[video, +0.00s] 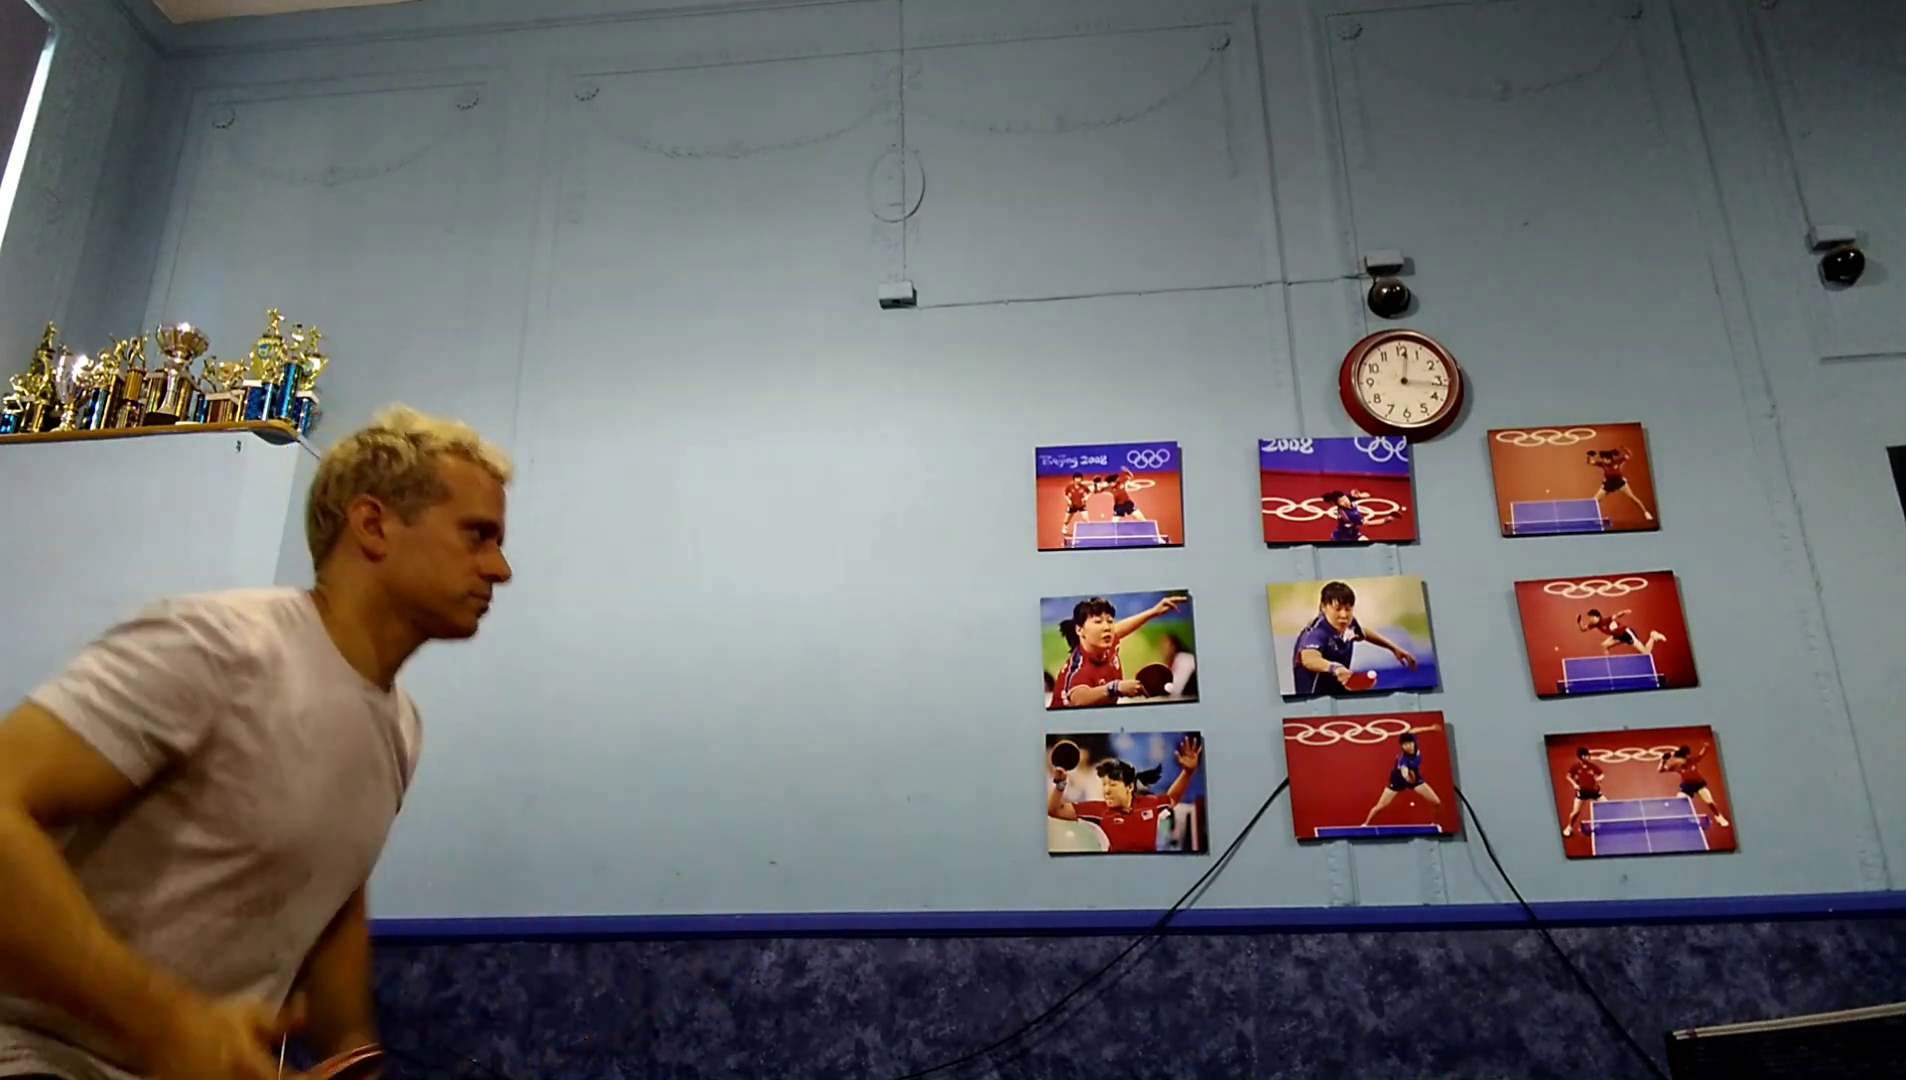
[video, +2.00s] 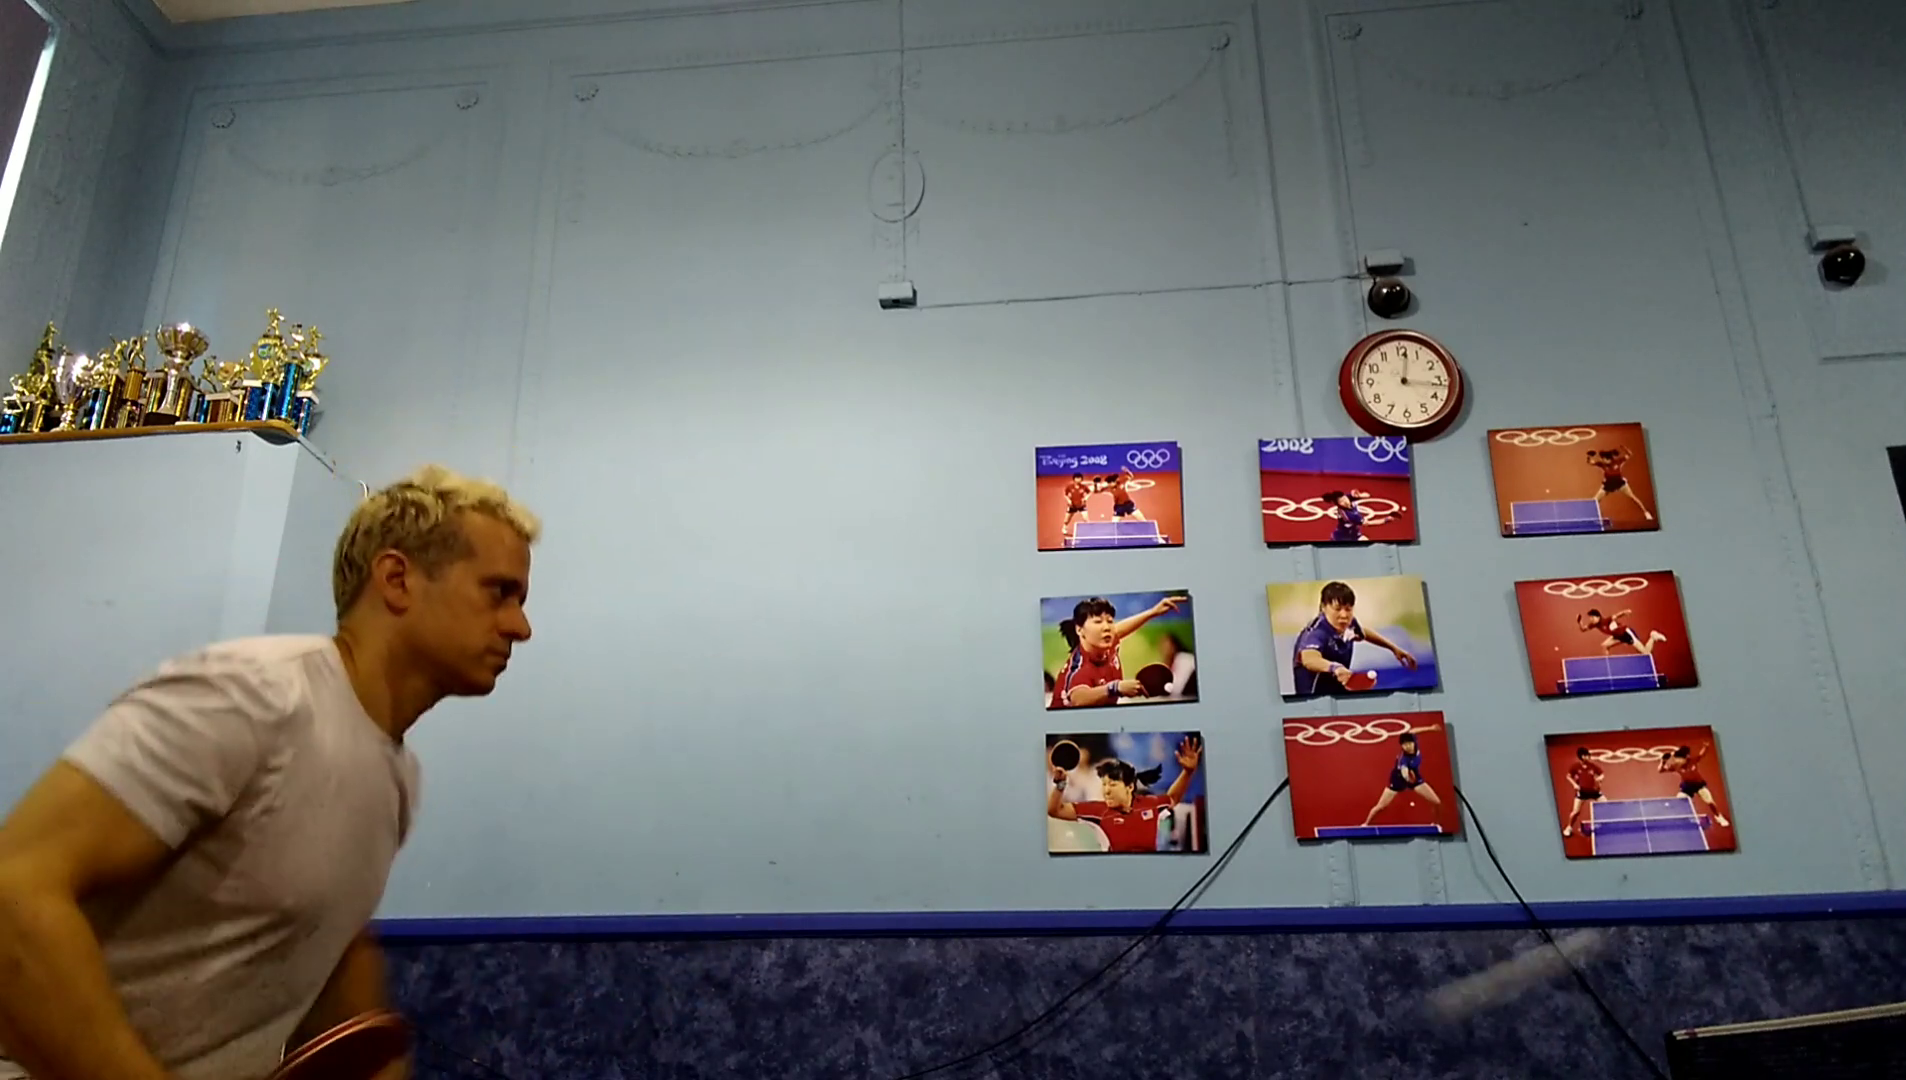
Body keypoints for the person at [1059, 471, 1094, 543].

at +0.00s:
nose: (1078, 480)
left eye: (1079, 479)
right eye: (1077, 479)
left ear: (1081, 479)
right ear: (1074, 479)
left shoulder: (1083, 487)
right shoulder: (1070, 487)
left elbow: (1090, 492)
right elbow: (1065, 494)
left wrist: (1085, 498)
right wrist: (1069, 501)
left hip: (1081, 505)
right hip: (1073, 505)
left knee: (1086, 519)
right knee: (1066, 520)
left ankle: (1090, 531)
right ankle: (1064, 529)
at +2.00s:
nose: (1078, 481)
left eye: (1079, 479)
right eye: (1077, 479)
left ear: (1081, 479)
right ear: (1074, 480)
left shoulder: (1083, 487)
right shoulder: (1070, 487)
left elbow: (1089, 492)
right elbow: (1065, 494)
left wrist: (1085, 498)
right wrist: (1068, 500)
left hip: (1081, 505)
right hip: (1072, 505)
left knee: (1086, 519)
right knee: (1066, 520)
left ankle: (1090, 530)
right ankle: (1064, 529)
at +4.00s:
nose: (1078, 481)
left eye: (1079, 479)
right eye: (1077, 479)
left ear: (1081, 479)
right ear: (1074, 480)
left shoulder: (1083, 487)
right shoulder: (1070, 487)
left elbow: (1089, 492)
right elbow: (1065, 494)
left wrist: (1085, 498)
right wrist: (1068, 500)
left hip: (1081, 505)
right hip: (1072, 505)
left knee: (1086, 519)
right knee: (1066, 520)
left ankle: (1090, 531)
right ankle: (1064, 528)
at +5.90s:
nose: (1078, 481)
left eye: (1079, 479)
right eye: (1077, 479)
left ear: (1081, 480)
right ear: (1074, 479)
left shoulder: (1083, 487)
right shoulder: (1070, 487)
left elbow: (1089, 492)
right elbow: (1065, 494)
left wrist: (1085, 498)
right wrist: (1068, 500)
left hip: (1081, 505)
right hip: (1072, 505)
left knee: (1086, 519)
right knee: (1066, 520)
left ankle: (1090, 531)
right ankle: (1064, 529)